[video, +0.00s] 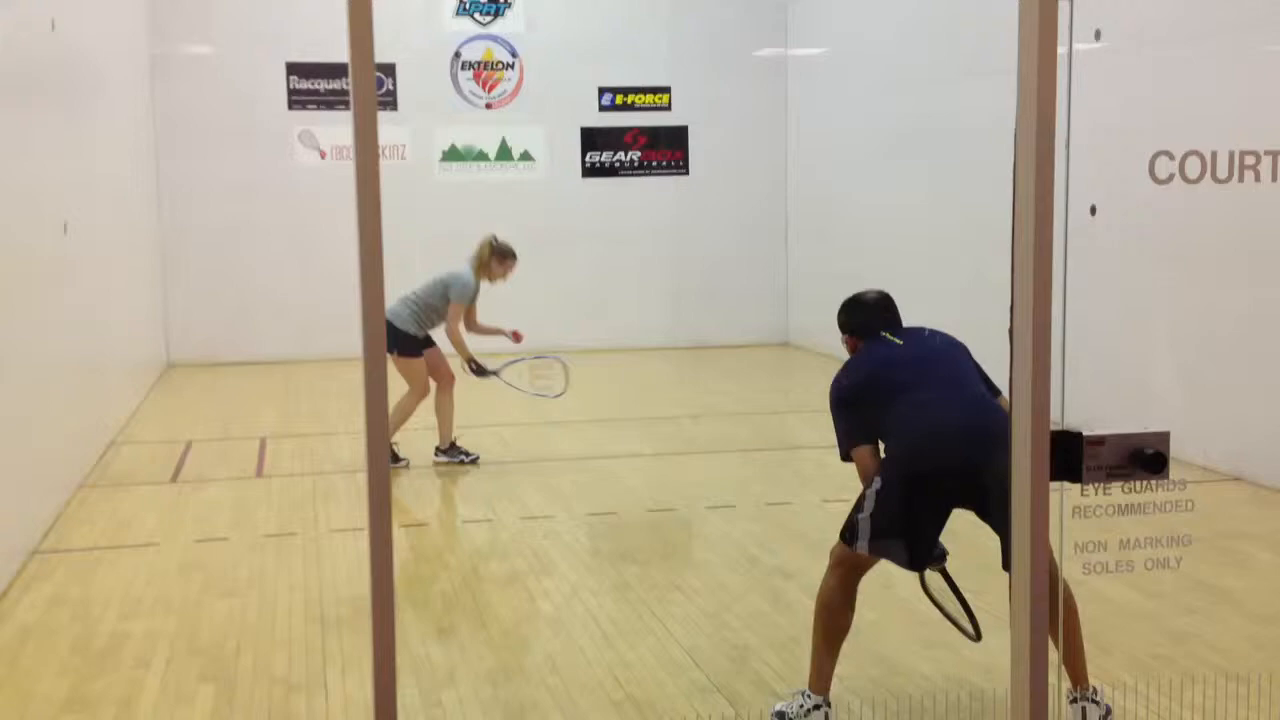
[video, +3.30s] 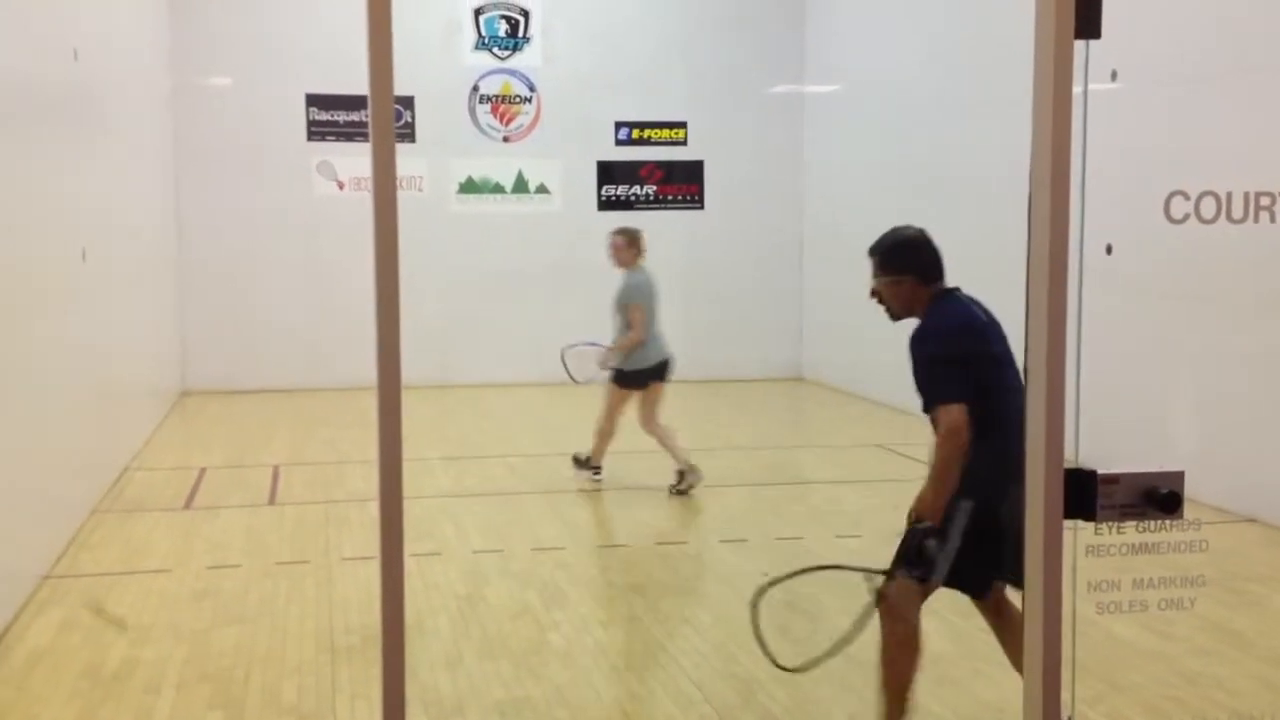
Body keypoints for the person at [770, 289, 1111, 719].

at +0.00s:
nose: (844, 346)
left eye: (844, 340)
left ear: (850, 342)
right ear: (898, 323)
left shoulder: (849, 380)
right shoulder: (943, 342)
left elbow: (870, 471)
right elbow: (1003, 408)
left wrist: (914, 538)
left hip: (919, 462)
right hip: (994, 452)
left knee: (844, 566)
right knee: (1042, 566)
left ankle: (815, 696)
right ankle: (1084, 692)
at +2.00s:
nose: (858, 354)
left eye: (859, 347)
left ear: (865, 349)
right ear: (915, 338)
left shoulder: (857, 389)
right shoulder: (959, 363)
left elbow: (860, 488)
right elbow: (1005, 427)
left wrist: (869, 541)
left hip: (910, 488)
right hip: (988, 484)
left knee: (837, 590)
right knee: (1041, 593)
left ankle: (810, 714)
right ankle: (1077, 712)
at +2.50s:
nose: (925, 342)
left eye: (925, 336)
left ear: (931, 336)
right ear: (982, 331)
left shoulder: (914, 376)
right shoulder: (1021, 362)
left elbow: (886, 470)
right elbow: (1081, 444)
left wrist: (887, 516)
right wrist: (1079, 478)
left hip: (929, 486)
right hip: (1010, 486)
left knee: (870, 597)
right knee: (1064, 592)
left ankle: (817, 713)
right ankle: (1080, 713)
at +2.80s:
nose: (887, 312)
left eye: (887, 306)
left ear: (891, 308)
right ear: (941, 302)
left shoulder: (881, 359)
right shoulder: (988, 346)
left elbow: (861, 454)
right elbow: (1017, 424)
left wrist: (856, 510)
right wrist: (1027, 495)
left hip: (918, 489)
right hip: (996, 489)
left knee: (845, 591)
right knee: (1039, 599)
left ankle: (820, 713)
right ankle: (1075, 713)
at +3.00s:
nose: (848, 305)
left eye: (849, 296)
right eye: (847, 295)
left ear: (864, 295)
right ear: (904, 287)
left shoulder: (870, 348)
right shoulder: (953, 324)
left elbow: (857, 435)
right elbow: (971, 408)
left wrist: (817, 511)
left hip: (920, 488)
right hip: (992, 481)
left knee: (849, 593)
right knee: (985, 594)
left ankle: (825, 713)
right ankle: (1047, 704)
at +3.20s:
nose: (864, 294)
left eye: (871, 284)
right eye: (864, 284)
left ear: (899, 283)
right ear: (914, 279)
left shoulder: (918, 333)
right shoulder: (964, 313)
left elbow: (928, 430)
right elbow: (991, 408)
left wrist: (888, 522)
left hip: (958, 490)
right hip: (1002, 486)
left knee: (893, 602)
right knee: (986, 598)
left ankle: (850, 714)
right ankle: (1049, 703)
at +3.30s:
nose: (874, 294)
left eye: (880, 282)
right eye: (874, 282)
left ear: (911, 280)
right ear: (924, 277)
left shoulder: (934, 332)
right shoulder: (968, 313)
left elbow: (955, 431)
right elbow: (986, 416)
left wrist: (931, 502)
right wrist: (944, 493)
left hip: (974, 484)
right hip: (1008, 481)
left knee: (899, 596)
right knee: (988, 592)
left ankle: (893, 712)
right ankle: (1048, 696)